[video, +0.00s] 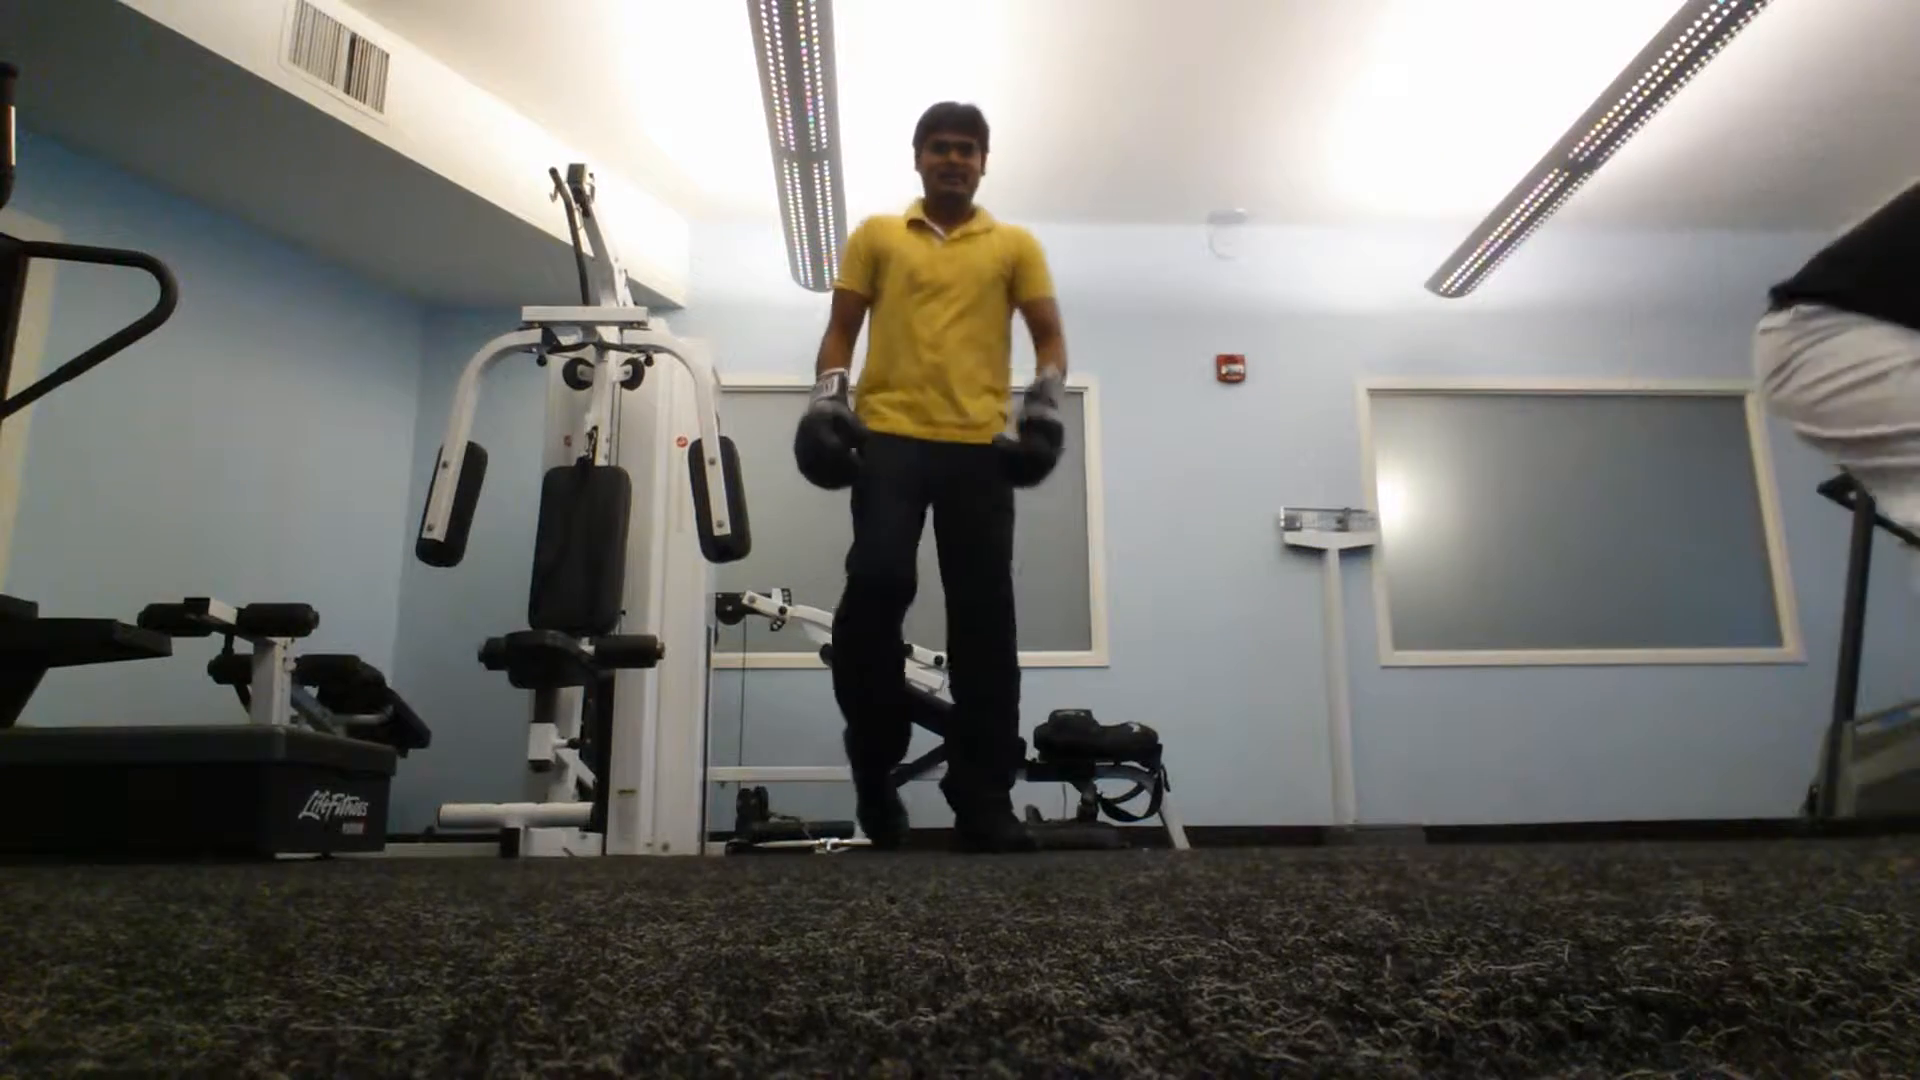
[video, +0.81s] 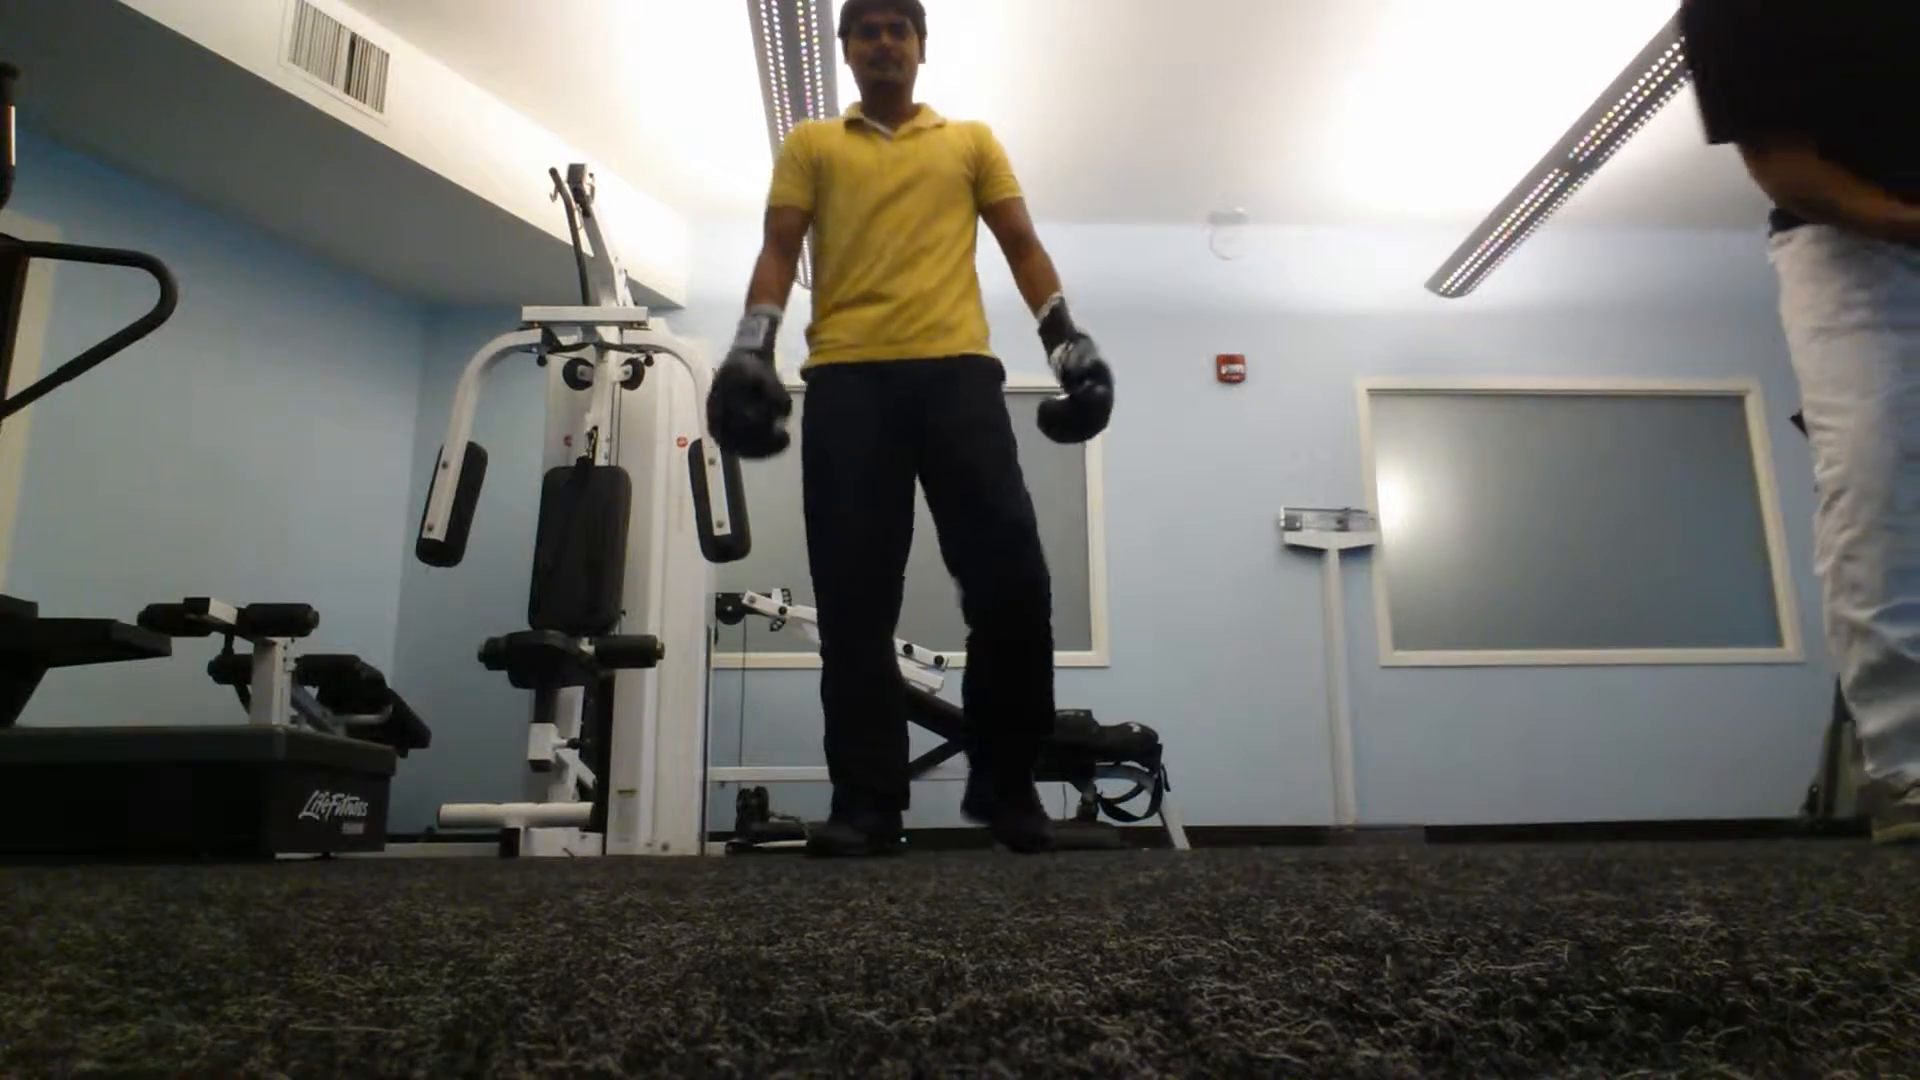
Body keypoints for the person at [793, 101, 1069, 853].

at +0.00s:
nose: (954, 161)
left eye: (966, 151)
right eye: (941, 150)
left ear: (985, 163)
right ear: (917, 159)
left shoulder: (1014, 247)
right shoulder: (878, 238)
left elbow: (1049, 339)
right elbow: (841, 328)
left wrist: (1044, 404)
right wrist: (827, 396)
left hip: (979, 446)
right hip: (889, 441)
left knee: (984, 615)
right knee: (876, 591)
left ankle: (984, 799)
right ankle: (875, 778)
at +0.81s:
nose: (882, 45)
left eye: (897, 30)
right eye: (865, 31)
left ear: (922, 46)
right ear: (845, 48)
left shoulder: (968, 143)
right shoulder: (810, 144)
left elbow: (1022, 247)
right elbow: (779, 251)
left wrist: (1065, 339)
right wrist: (750, 349)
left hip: (958, 383)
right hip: (848, 388)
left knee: (1012, 581)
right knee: (854, 603)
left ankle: (1006, 794)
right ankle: (865, 808)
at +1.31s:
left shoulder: (1033, 88)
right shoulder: (863, 75)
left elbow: (1067, 209)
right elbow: (820, 190)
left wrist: (1092, 322)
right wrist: (786, 294)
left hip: (989, 335)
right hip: (873, 330)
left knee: (986, 561)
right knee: (849, 544)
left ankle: (979, 795)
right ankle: (861, 760)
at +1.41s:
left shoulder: (1048, 77)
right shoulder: (879, 63)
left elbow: (1082, 190)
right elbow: (829, 184)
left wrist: (1100, 289)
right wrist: (782, 291)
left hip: (999, 308)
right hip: (885, 292)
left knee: (996, 549)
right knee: (874, 440)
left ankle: (979, 795)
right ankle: (867, 678)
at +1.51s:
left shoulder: (1055, 72)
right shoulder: (884, 56)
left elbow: (1090, 183)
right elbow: (829, 181)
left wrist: (1104, 256)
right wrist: (786, 281)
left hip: (1002, 294)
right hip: (894, 265)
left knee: (998, 552)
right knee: (922, 371)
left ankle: (979, 797)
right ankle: (885, 630)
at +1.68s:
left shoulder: (1058, 74)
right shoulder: (885, 48)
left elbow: (1092, 194)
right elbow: (826, 172)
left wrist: (1107, 249)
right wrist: (790, 273)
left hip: (1005, 310)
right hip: (893, 281)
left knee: (999, 545)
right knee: (983, 204)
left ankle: (979, 792)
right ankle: (911, 457)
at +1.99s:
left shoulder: (1055, 89)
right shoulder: (881, 67)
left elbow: (1085, 220)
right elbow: (829, 192)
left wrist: (1111, 341)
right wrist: (800, 299)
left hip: (999, 322)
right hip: (892, 298)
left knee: (1009, 540)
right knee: (961, 246)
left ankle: (981, 782)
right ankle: (917, 484)